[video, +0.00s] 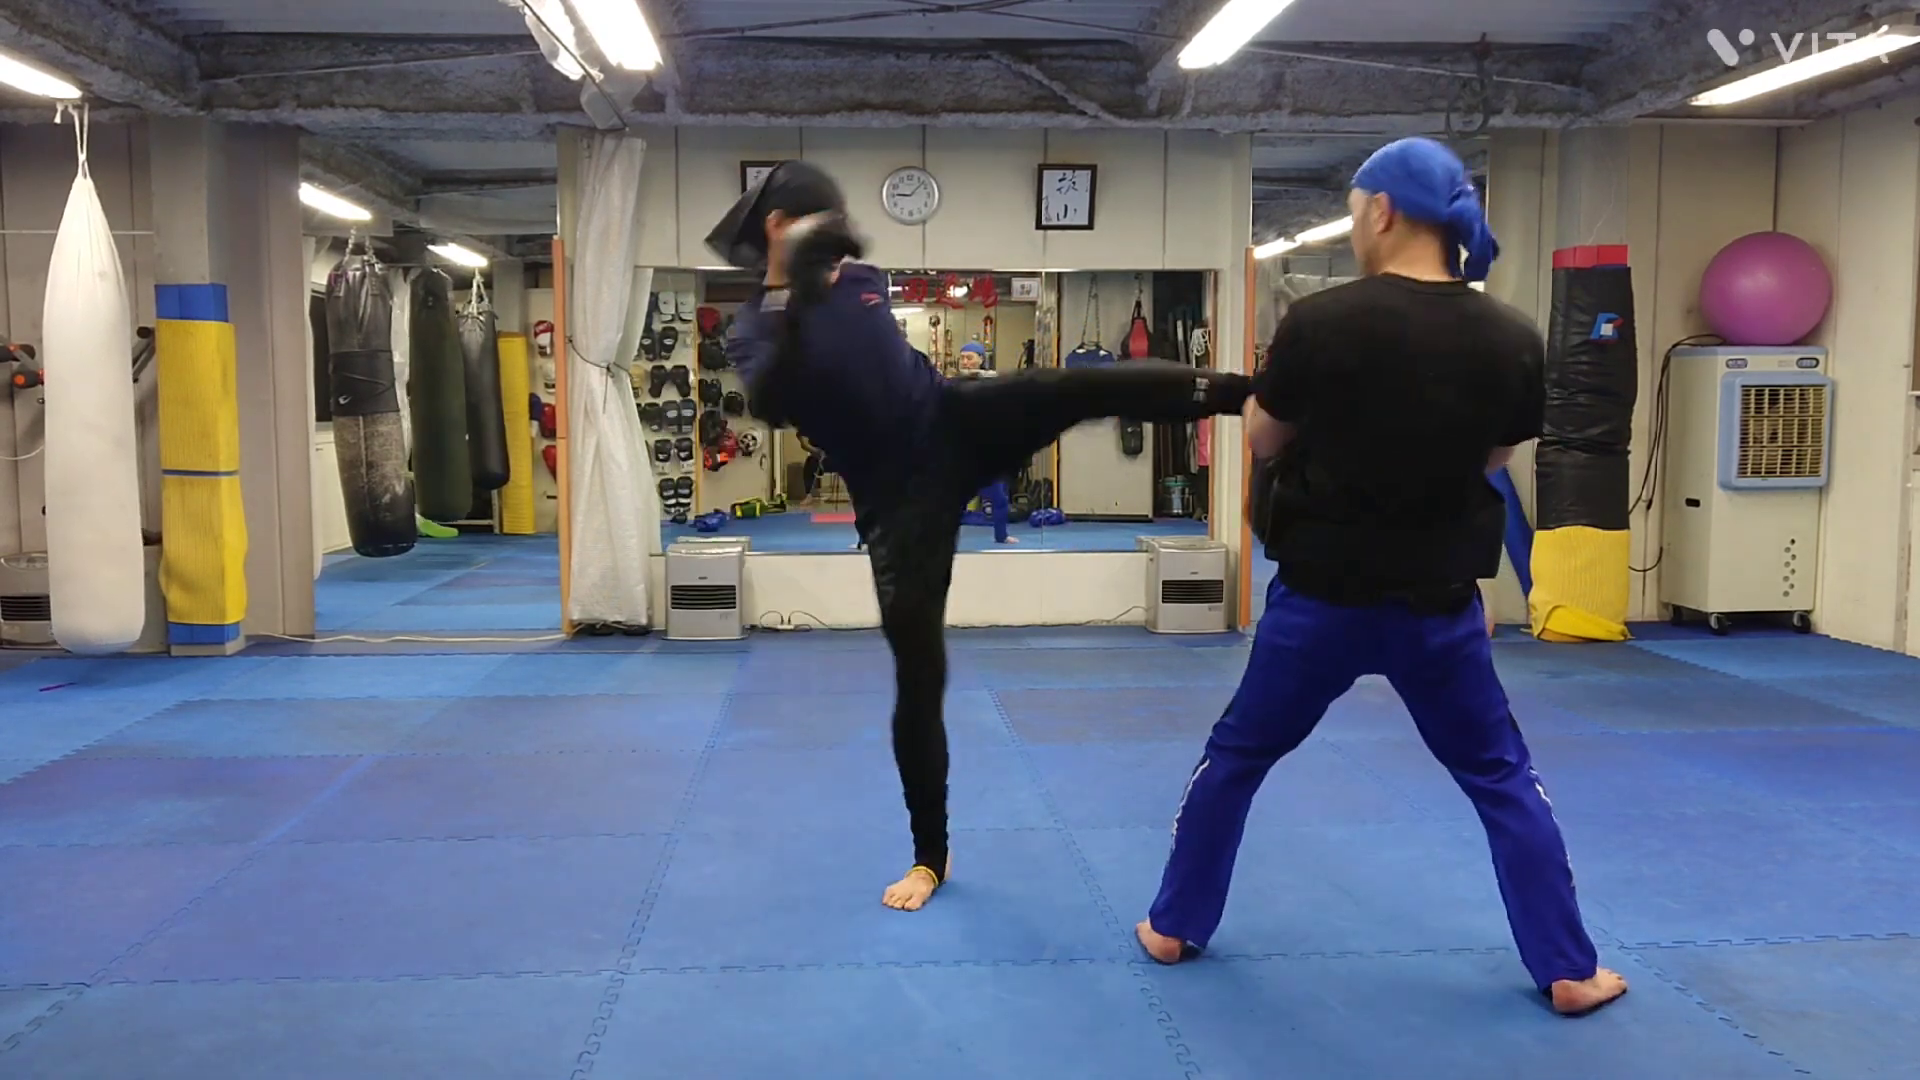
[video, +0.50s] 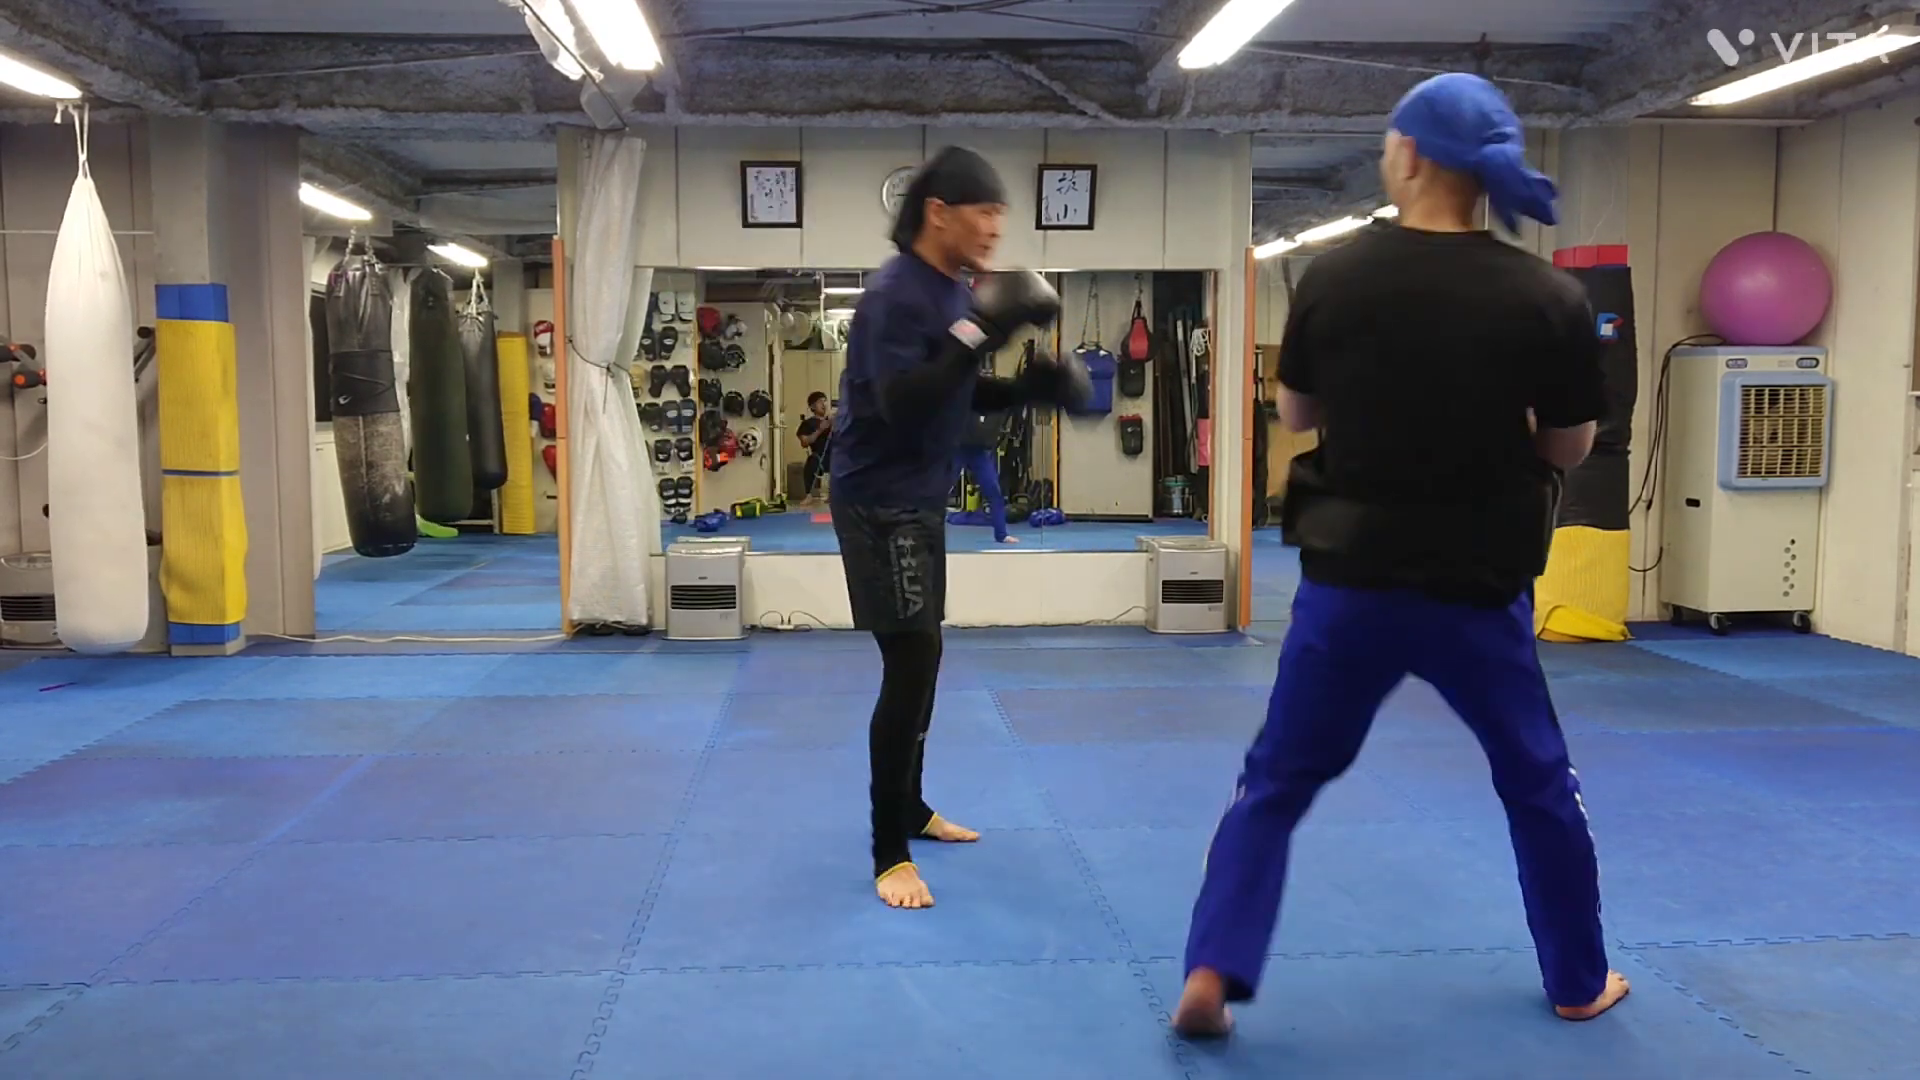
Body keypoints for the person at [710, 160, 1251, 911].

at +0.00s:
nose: (816, 231)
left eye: (822, 219)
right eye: (798, 219)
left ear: (832, 224)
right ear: (769, 232)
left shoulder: (855, 281)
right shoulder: (754, 328)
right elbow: (772, 400)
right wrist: (784, 291)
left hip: (953, 422)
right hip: (898, 501)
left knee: (1080, 386)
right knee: (919, 675)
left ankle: (1258, 392)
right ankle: (929, 857)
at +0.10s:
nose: (854, 216)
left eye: (855, 203)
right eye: (840, 203)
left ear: (820, 212)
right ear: (794, 210)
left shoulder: (848, 269)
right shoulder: (763, 316)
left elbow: (876, 251)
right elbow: (798, 405)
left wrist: (865, 253)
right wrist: (829, 299)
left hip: (953, 424)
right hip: (896, 499)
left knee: (1097, 417)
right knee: (919, 678)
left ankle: (1256, 419)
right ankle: (928, 858)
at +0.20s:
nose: (884, 217)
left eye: (887, 202)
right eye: (870, 202)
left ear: (858, 206)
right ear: (825, 202)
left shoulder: (879, 276)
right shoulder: (777, 302)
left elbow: (920, 372)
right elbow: (790, 414)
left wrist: (1006, 408)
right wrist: (853, 328)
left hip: (954, 448)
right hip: (888, 506)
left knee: (1070, 476)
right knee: (910, 685)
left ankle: (1174, 537)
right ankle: (925, 859)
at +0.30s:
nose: (916, 219)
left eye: (918, 206)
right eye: (905, 204)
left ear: (894, 207)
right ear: (857, 200)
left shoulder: (904, 283)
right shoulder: (808, 297)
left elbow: (957, 367)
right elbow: (816, 405)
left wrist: (1031, 353)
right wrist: (882, 334)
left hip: (949, 480)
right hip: (885, 514)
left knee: (1050, 584)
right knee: (911, 691)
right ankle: (923, 860)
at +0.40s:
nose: (954, 221)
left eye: (958, 208)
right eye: (944, 206)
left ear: (928, 209)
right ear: (896, 202)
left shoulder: (931, 286)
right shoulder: (852, 293)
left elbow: (963, 375)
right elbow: (856, 402)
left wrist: (1023, 348)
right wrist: (931, 326)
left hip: (939, 498)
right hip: (882, 510)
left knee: (973, 629)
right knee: (913, 672)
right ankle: (908, 861)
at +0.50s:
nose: (996, 229)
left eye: (999, 215)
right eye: (984, 213)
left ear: (964, 218)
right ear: (937, 212)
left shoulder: (953, 293)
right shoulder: (896, 293)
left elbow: (959, 400)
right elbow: (902, 401)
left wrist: (1033, 386)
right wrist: (977, 332)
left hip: (917, 502)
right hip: (880, 505)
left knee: (921, 658)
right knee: (907, 666)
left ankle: (908, 806)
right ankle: (890, 854)